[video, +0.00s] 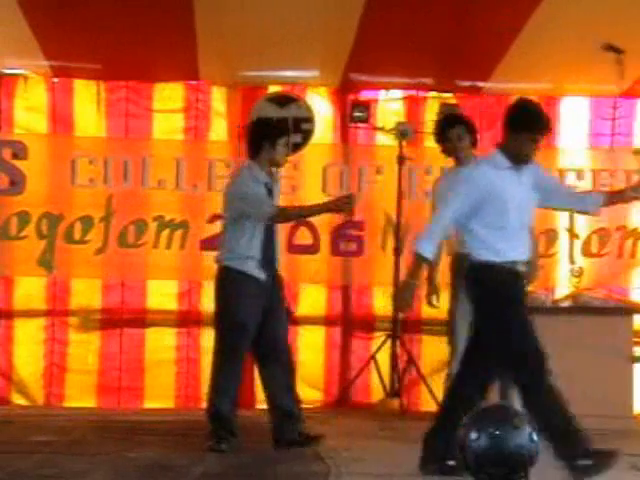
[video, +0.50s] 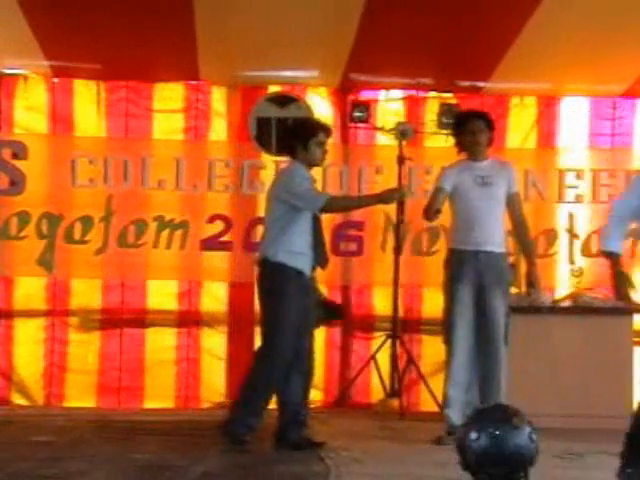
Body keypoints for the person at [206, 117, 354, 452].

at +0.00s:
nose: (288, 155)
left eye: (290, 148)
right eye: (284, 147)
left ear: (278, 148)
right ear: (265, 145)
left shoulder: (270, 182)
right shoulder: (244, 182)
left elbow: (261, 236)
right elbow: (274, 216)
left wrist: (274, 279)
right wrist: (327, 207)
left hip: (264, 279)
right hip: (238, 277)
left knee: (275, 354)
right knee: (231, 353)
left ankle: (287, 428)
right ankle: (222, 429)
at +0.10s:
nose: (298, 155)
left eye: (300, 148)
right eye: (294, 147)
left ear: (286, 148)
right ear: (276, 145)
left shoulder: (276, 181)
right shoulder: (258, 179)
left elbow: (271, 242)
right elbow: (294, 213)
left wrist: (283, 286)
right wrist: (346, 203)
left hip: (273, 279)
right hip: (250, 277)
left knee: (278, 358)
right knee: (239, 355)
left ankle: (289, 431)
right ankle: (222, 428)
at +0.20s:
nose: (306, 152)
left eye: (306, 145)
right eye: (301, 145)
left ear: (290, 147)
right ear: (282, 146)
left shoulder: (285, 184)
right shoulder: (268, 181)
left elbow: (286, 252)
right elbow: (303, 211)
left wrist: (293, 297)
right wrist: (354, 200)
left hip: (280, 280)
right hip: (257, 276)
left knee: (283, 358)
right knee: (248, 355)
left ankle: (290, 430)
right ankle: (224, 428)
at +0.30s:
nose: (315, 150)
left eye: (315, 144)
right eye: (309, 144)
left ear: (299, 148)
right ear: (291, 146)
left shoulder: (290, 182)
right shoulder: (279, 180)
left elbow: (286, 242)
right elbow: (314, 210)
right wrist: (364, 199)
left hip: (288, 277)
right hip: (271, 275)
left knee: (290, 356)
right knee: (262, 352)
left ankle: (291, 431)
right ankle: (229, 427)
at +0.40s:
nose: (320, 151)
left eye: (319, 145)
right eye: (315, 145)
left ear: (304, 148)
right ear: (298, 146)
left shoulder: (295, 181)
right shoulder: (285, 178)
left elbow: (292, 248)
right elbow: (319, 208)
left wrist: (306, 298)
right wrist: (372, 198)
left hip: (292, 276)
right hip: (276, 272)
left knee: (294, 354)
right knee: (270, 350)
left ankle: (291, 431)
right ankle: (233, 423)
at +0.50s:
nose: (325, 151)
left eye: (325, 145)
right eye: (320, 145)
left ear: (311, 149)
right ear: (303, 146)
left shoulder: (300, 180)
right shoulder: (291, 177)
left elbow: (297, 247)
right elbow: (327, 205)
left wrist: (313, 292)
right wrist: (381, 197)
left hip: (295, 274)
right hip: (281, 271)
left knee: (297, 353)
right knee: (278, 350)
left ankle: (292, 431)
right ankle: (239, 426)